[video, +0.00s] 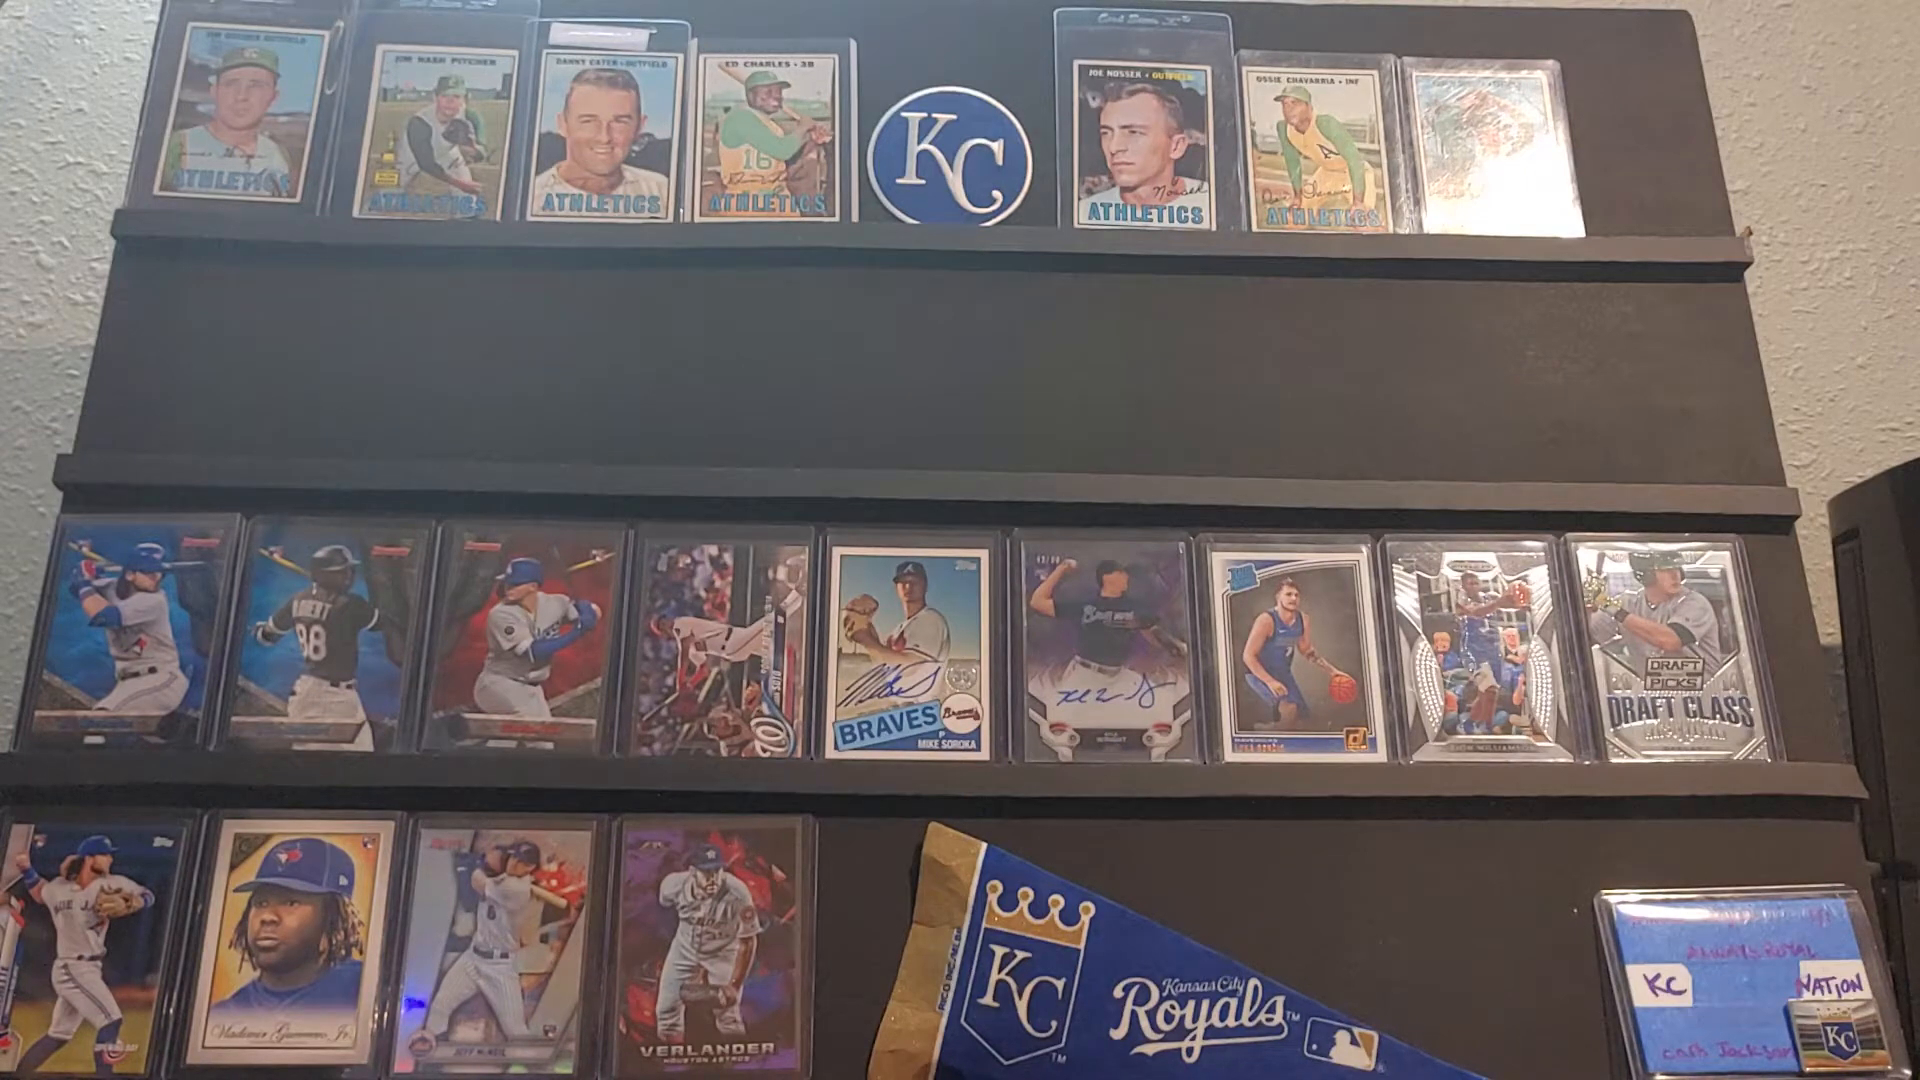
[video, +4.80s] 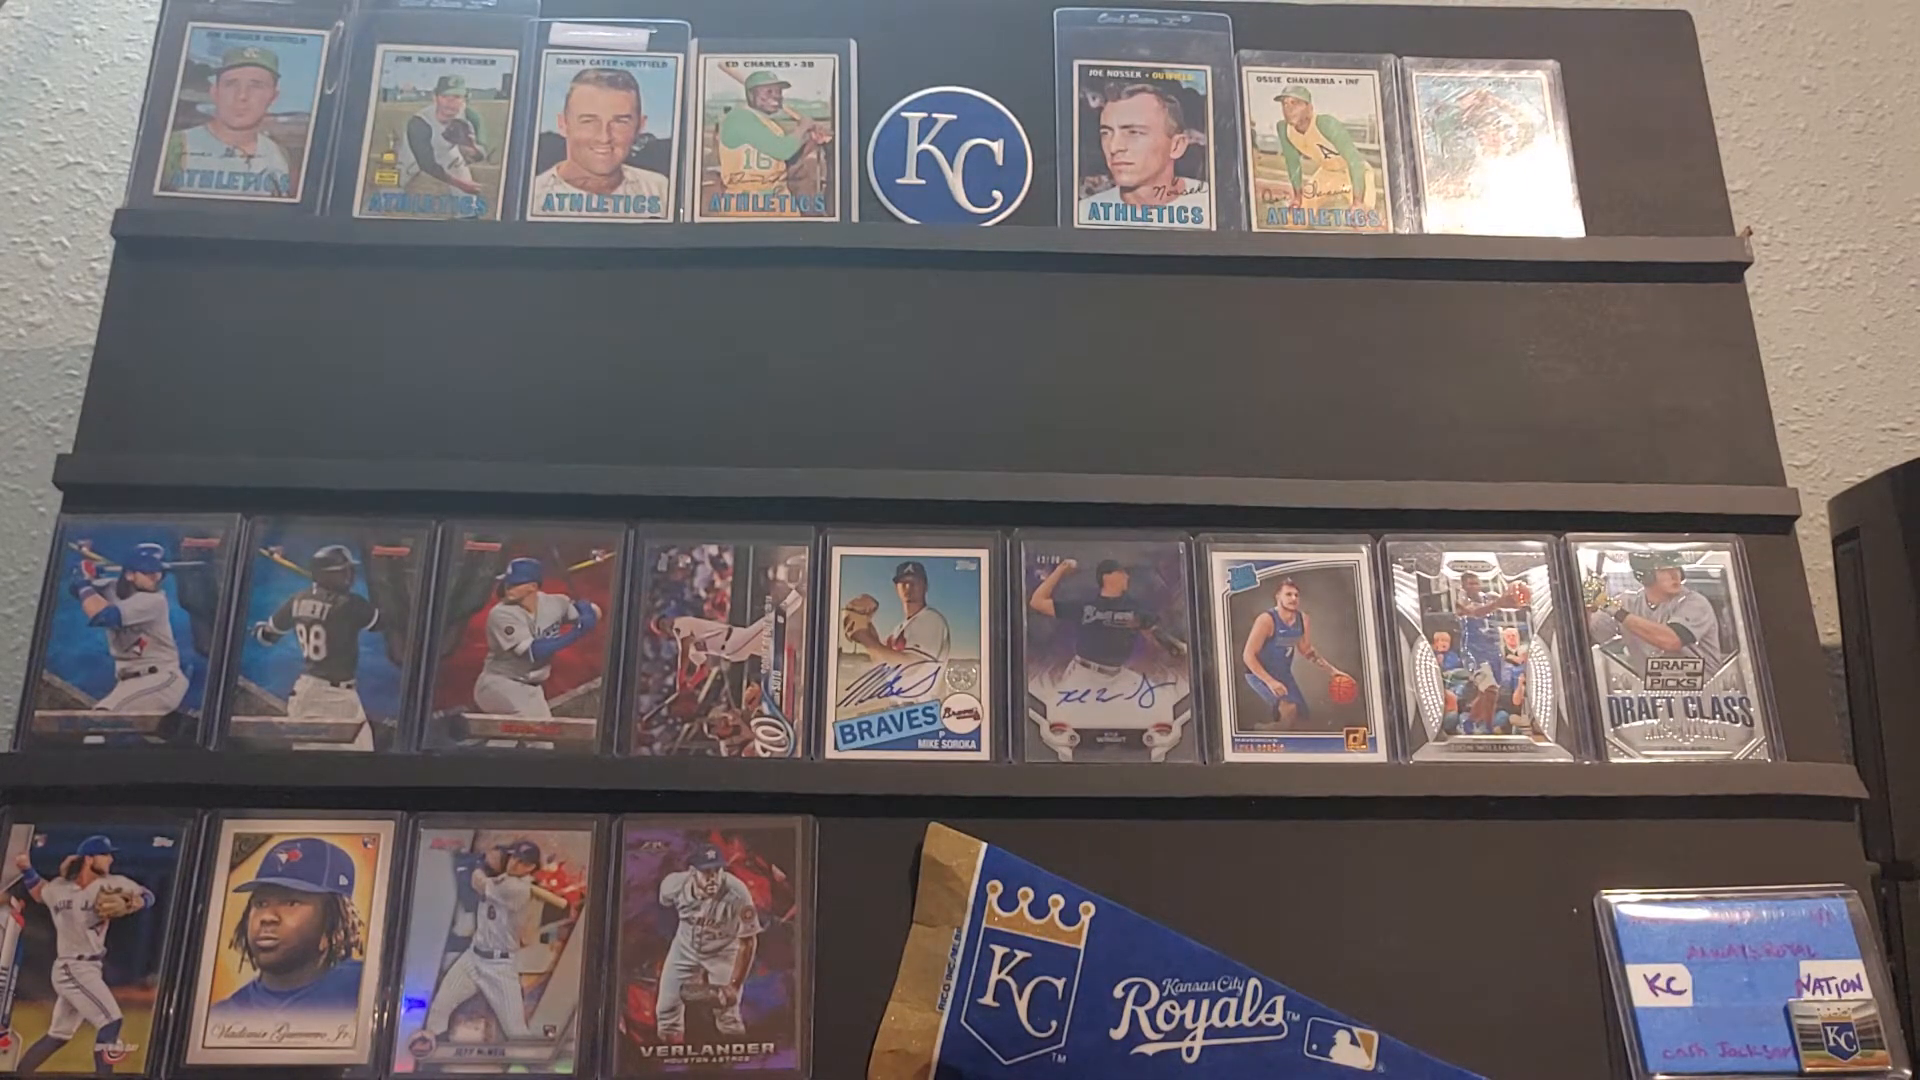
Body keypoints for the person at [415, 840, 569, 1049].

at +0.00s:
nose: (514, 865)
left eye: (521, 863)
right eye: (513, 859)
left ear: (531, 868)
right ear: (509, 858)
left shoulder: (517, 890)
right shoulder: (502, 879)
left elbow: (477, 881)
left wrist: (485, 866)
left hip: (501, 965)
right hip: (473, 957)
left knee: (515, 1030)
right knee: (441, 1004)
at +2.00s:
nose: (514, 863)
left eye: (521, 861)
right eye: (514, 858)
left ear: (530, 868)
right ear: (510, 859)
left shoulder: (518, 889)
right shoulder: (502, 879)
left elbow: (478, 883)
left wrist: (480, 867)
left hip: (500, 965)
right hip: (473, 958)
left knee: (516, 1030)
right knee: (439, 1007)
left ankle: (536, 1069)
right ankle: (424, 1065)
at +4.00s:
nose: (515, 864)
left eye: (522, 862)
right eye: (514, 858)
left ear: (531, 869)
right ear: (509, 858)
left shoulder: (518, 889)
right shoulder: (500, 879)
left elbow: (477, 881)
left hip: (501, 966)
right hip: (472, 958)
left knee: (515, 1030)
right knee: (440, 1005)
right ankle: (424, 1065)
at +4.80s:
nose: (515, 864)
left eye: (522, 862)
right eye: (514, 858)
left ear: (531, 868)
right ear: (509, 858)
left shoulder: (517, 889)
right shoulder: (502, 879)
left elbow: (478, 882)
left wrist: (481, 867)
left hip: (500, 966)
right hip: (473, 958)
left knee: (516, 1031)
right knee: (440, 1006)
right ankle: (425, 1066)